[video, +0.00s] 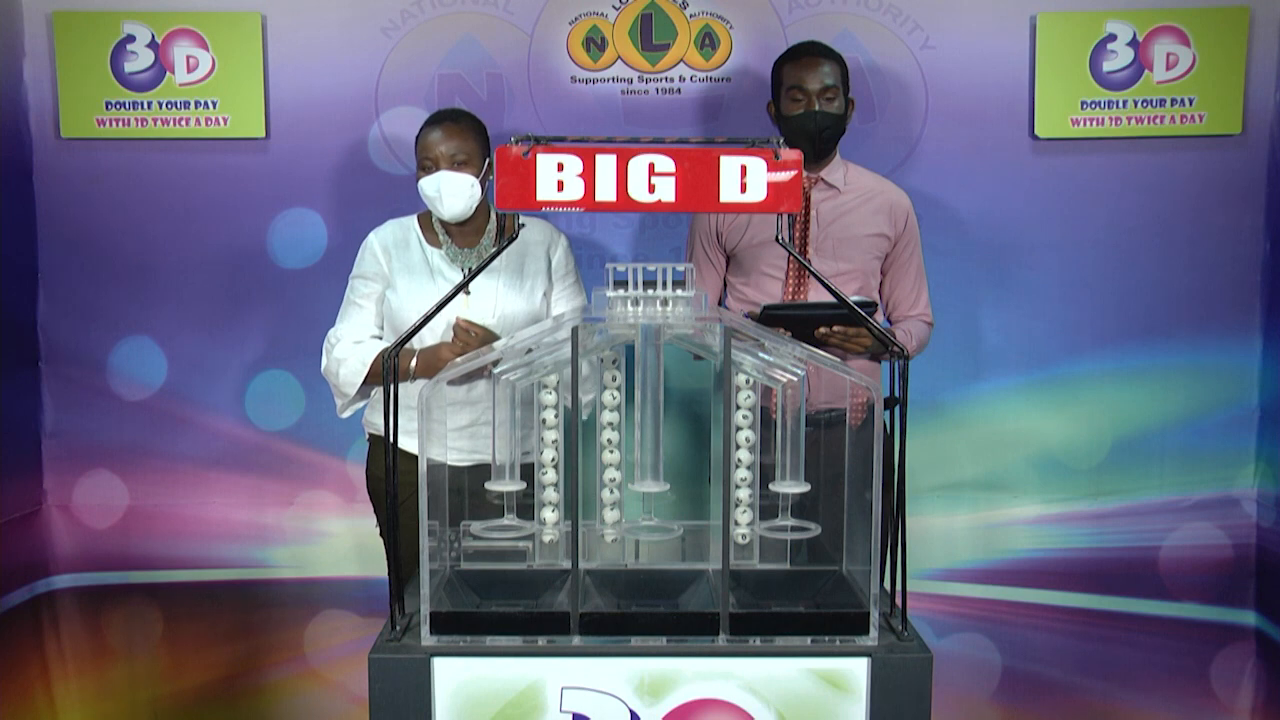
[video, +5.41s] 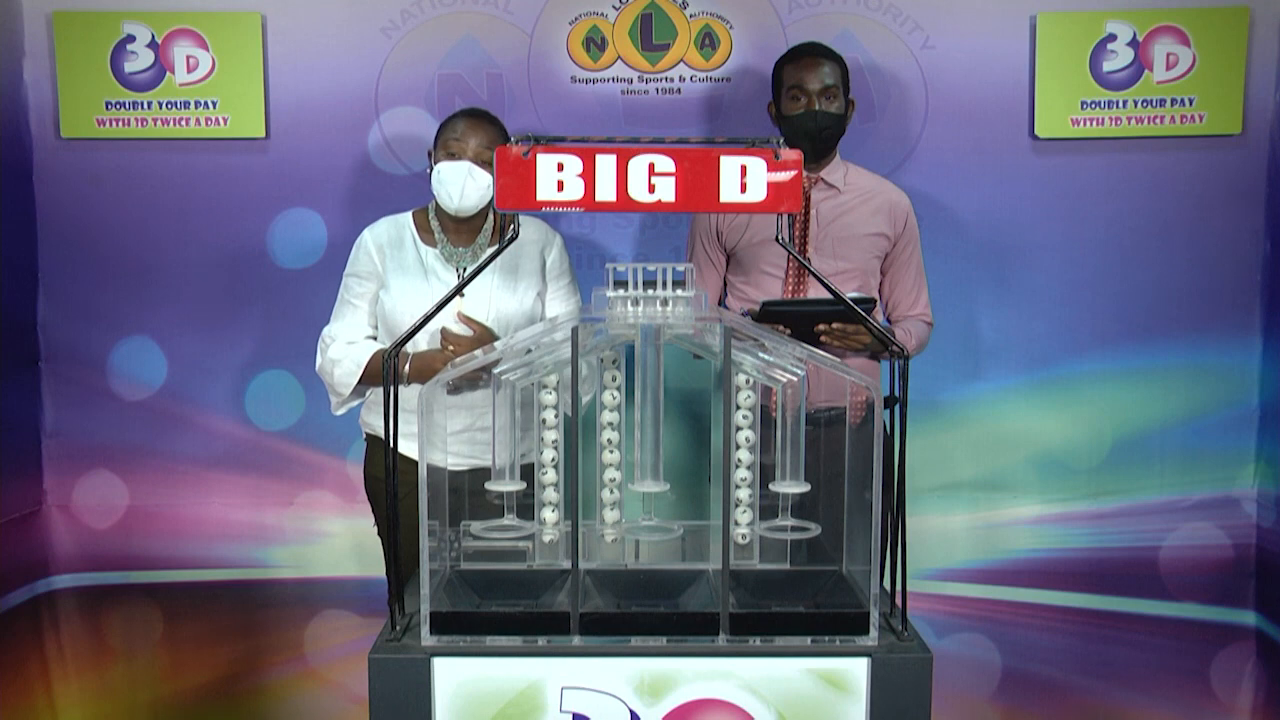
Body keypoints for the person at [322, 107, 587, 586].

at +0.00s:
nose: (445, 180)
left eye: (459, 164)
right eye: (430, 167)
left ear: (487, 167)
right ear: (417, 174)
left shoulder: (543, 245)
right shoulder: (386, 247)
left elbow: (576, 360)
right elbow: (343, 359)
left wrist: (502, 355)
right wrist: (426, 360)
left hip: (513, 463)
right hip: (409, 464)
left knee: (506, 615)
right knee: (417, 615)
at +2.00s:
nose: (445, 179)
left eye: (459, 163)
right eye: (430, 166)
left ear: (483, 166)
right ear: (415, 171)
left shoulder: (537, 246)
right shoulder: (379, 246)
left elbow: (566, 354)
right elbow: (336, 360)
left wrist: (500, 352)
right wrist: (417, 362)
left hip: (507, 461)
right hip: (405, 461)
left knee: (502, 617)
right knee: (416, 616)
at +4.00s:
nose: (444, 180)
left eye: (459, 164)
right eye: (430, 165)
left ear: (486, 167)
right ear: (417, 169)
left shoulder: (539, 247)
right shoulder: (382, 248)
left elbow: (568, 361)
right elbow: (338, 360)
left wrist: (494, 359)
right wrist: (414, 361)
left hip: (507, 466)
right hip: (404, 466)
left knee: (502, 619)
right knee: (416, 618)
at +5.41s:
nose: (464, 171)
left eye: (482, 160)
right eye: (452, 155)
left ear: (504, 172)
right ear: (431, 162)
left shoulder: (539, 244)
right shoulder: (380, 244)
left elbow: (571, 357)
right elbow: (338, 358)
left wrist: (503, 357)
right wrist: (429, 363)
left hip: (509, 463)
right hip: (407, 463)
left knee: (504, 618)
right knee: (416, 615)